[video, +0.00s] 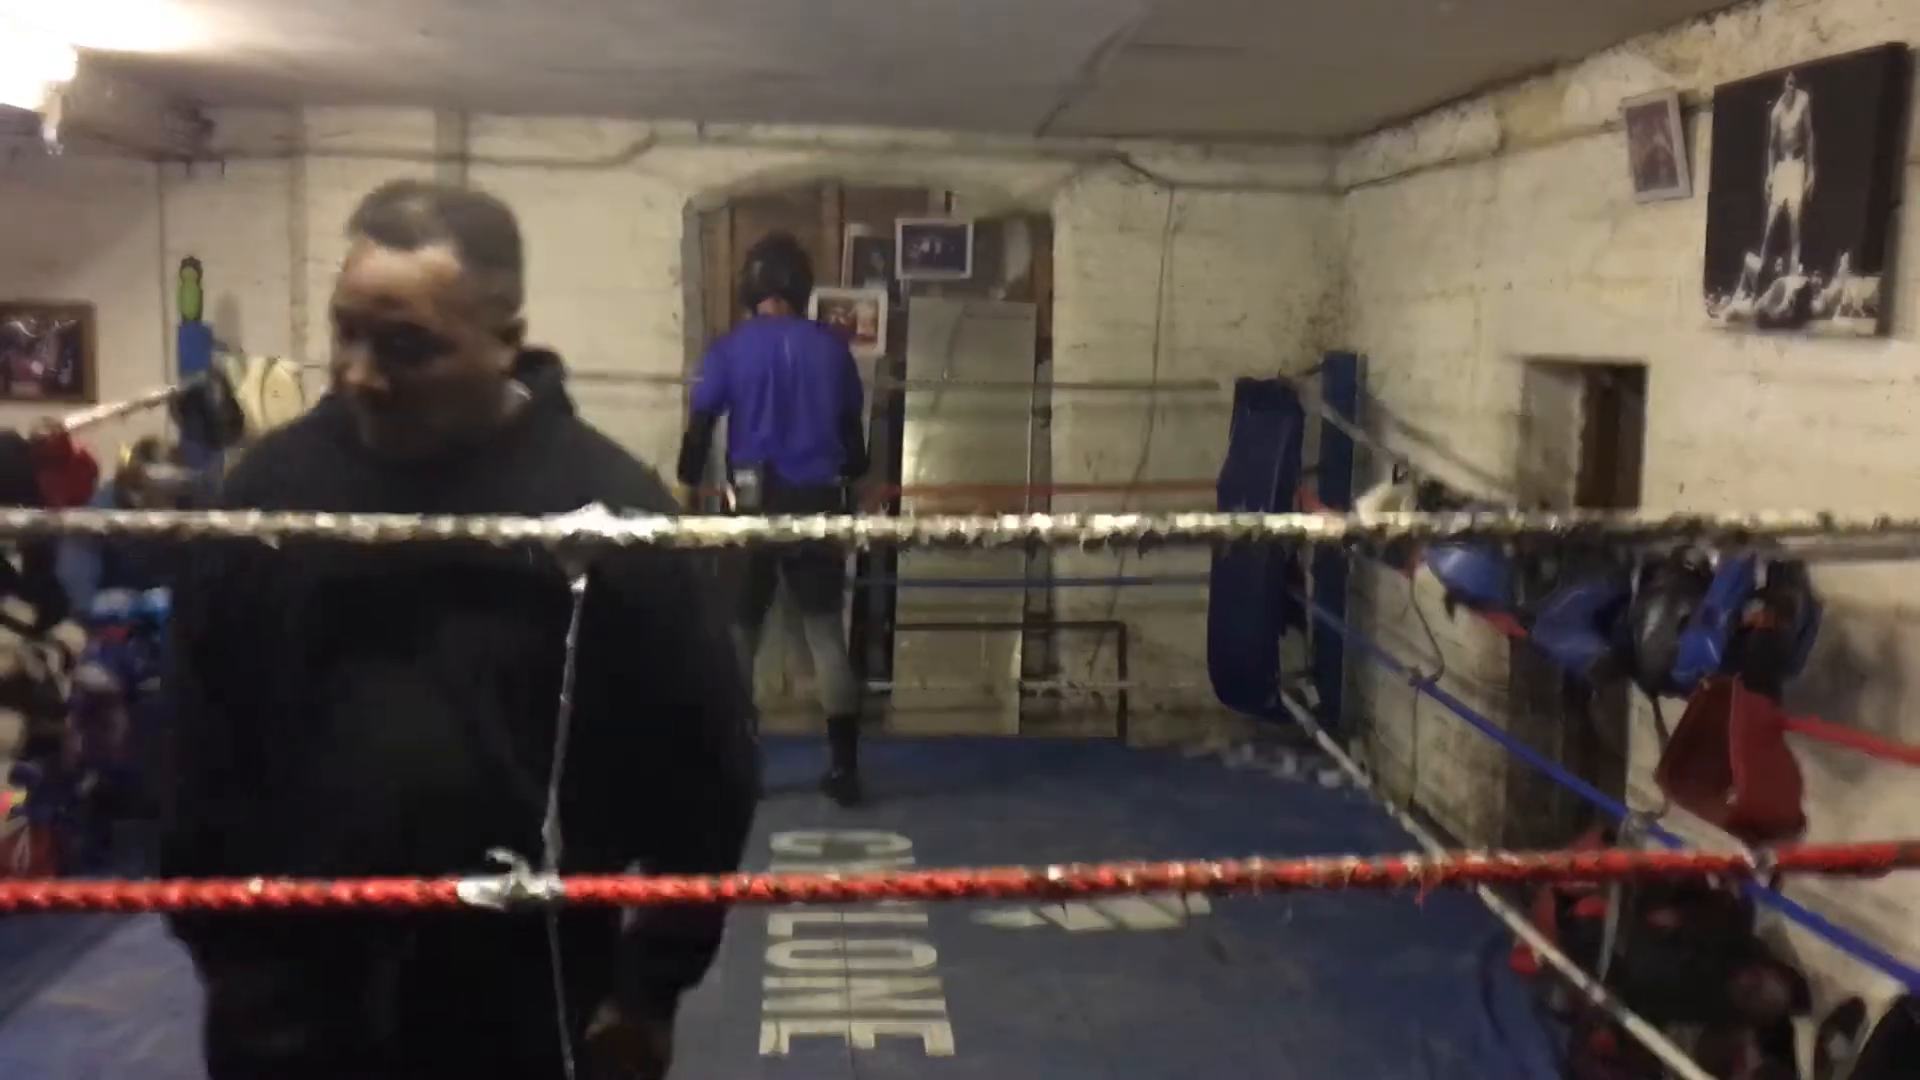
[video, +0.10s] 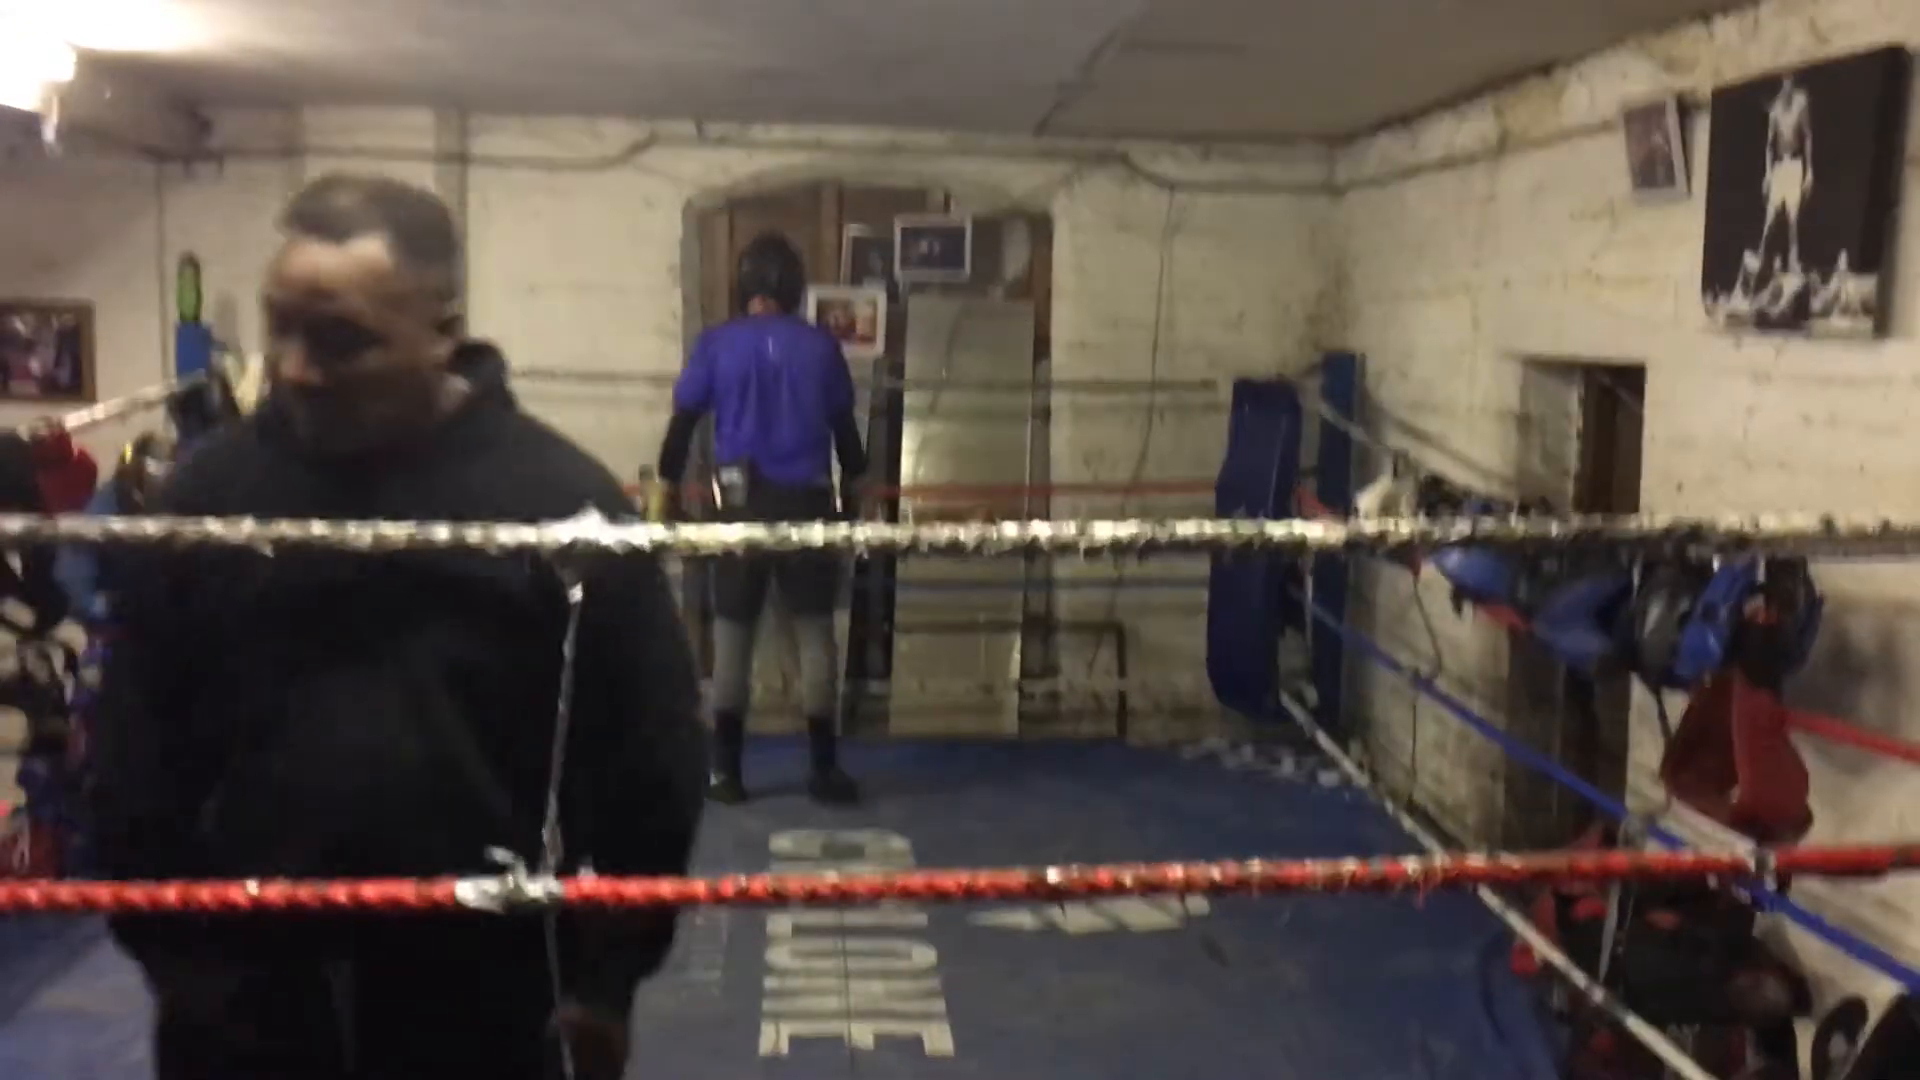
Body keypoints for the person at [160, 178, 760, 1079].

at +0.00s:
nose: (361, 374)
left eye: (406, 345)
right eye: (347, 332)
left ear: (505, 339)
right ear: (329, 314)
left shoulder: (611, 509)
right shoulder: (262, 490)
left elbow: (704, 768)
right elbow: (199, 735)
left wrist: (647, 991)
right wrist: (231, 954)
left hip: (522, 1001)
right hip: (296, 992)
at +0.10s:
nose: (294, 368)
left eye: (339, 339)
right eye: (280, 327)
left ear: (443, 333)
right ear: (262, 312)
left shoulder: (564, 507)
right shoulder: (198, 502)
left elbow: (652, 764)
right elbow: (132, 751)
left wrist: (601, 985)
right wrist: (181, 962)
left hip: (477, 1002)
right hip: (245, 998)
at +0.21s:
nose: (223, 368)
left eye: (267, 335)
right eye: (209, 327)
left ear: (379, 325)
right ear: (194, 308)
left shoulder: (506, 498)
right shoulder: (146, 502)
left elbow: (615, 754)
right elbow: (71, 766)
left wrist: (557, 970)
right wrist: (129, 969)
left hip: (441, 1010)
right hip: (203, 1009)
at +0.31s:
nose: (152, 363)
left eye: (197, 330)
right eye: (137, 327)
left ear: (308, 316)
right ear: (120, 315)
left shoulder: (447, 481)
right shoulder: (88, 498)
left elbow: (570, 732)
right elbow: (27, 760)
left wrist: (519, 957)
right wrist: (87, 964)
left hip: (394, 985)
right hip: (164, 988)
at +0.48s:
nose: (58, 368)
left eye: (101, 330)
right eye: (40, 329)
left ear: (213, 313)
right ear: (23, 318)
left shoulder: (379, 469)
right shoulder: (26, 495)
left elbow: (507, 712)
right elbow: (16, 764)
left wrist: (473, 946)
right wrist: (37, 964)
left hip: (355, 985)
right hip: (122, 987)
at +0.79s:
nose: (4, 394)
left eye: (24, 361)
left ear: (118, 333)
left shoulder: (302, 469)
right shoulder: (14, 504)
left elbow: (457, 706)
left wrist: (436, 940)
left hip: (314, 967)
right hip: (86, 963)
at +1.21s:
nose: (0, 446)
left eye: (13, 418)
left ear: (96, 384)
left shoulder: (294, 494)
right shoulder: (24, 524)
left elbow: (445, 721)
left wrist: (429, 945)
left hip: (297, 980)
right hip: (67, 980)